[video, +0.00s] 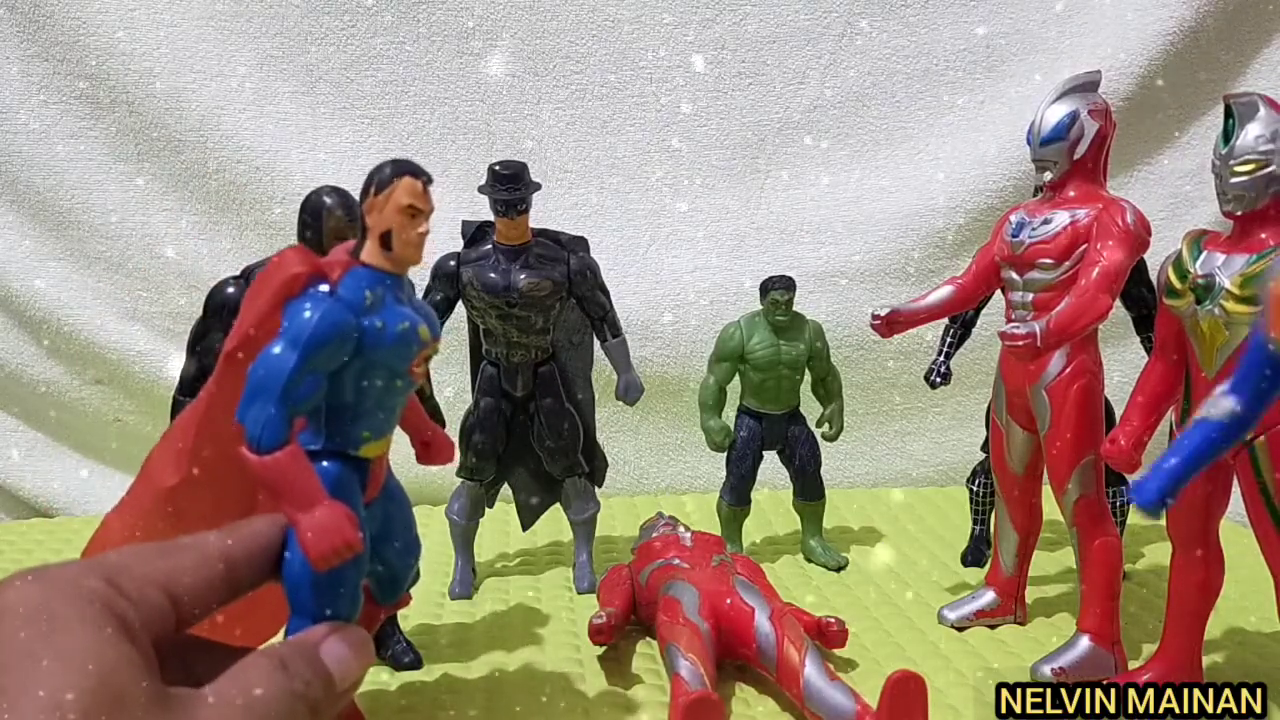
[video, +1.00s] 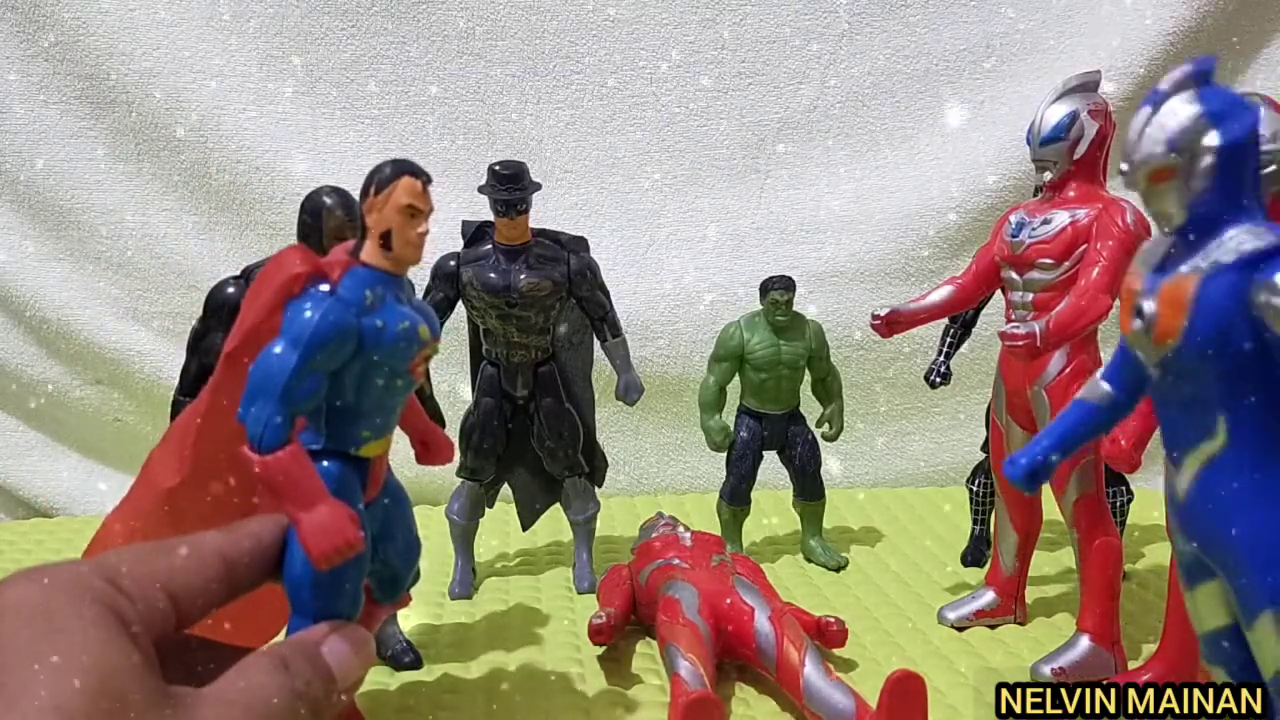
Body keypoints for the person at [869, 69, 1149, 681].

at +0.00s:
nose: (1041, 156)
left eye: (1053, 144)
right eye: (1039, 144)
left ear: (1088, 141)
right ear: (1041, 145)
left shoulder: (1116, 217)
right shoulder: (1019, 217)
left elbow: (1096, 287)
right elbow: (971, 285)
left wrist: (1047, 330)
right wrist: (904, 317)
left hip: (1067, 371)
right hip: (1013, 369)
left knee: (1082, 500)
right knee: (1012, 484)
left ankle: (1100, 640)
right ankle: (1004, 593)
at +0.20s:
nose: (1040, 157)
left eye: (1051, 145)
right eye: (1038, 145)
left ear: (1086, 142)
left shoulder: (1116, 217)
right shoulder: (1019, 218)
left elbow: (1095, 290)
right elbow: (970, 286)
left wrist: (1045, 330)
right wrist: (905, 316)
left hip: (1067, 371)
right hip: (1012, 369)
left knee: (1084, 500)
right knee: (1012, 484)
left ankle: (1099, 639)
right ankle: (1005, 593)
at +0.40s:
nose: (1040, 156)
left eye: (1051, 144)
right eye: (1038, 144)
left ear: (1086, 142)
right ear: (1043, 145)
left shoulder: (1115, 217)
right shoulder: (1019, 217)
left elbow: (1094, 293)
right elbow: (971, 285)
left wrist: (1044, 329)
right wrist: (908, 315)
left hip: (1067, 368)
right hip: (1012, 368)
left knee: (1084, 503)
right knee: (1012, 487)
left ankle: (1099, 639)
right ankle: (1004, 593)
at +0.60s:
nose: (1040, 157)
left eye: (1051, 145)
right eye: (1038, 145)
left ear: (1086, 142)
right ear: (1044, 146)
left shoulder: (1114, 216)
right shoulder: (1018, 217)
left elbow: (1094, 293)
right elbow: (970, 286)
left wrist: (1044, 329)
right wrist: (906, 316)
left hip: (1066, 369)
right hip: (1012, 368)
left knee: (1084, 503)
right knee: (1011, 487)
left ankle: (1100, 639)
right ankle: (1005, 593)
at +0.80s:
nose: (1040, 156)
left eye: (1051, 144)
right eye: (1038, 144)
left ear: (1086, 142)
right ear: (1046, 146)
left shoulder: (1115, 217)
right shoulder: (1019, 217)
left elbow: (1094, 293)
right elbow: (971, 285)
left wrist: (1044, 329)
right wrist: (905, 317)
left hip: (1066, 369)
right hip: (1012, 368)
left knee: (1083, 501)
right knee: (1012, 484)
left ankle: (1099, 640)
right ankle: (1005, 593)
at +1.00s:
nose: (1040, 157)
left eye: (1052, 145)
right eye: (1038, 145)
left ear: (1087, 142)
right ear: (1043, 147)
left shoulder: (1114, 216)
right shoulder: (1019, 216)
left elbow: (1095, 292)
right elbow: (970, 286)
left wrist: (1045, 329)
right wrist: (905, 316)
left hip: (1066, 369)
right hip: (1012, 368)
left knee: (1084, 503)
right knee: (1011, 484)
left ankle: (1100, 639)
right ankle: (1005, 592)